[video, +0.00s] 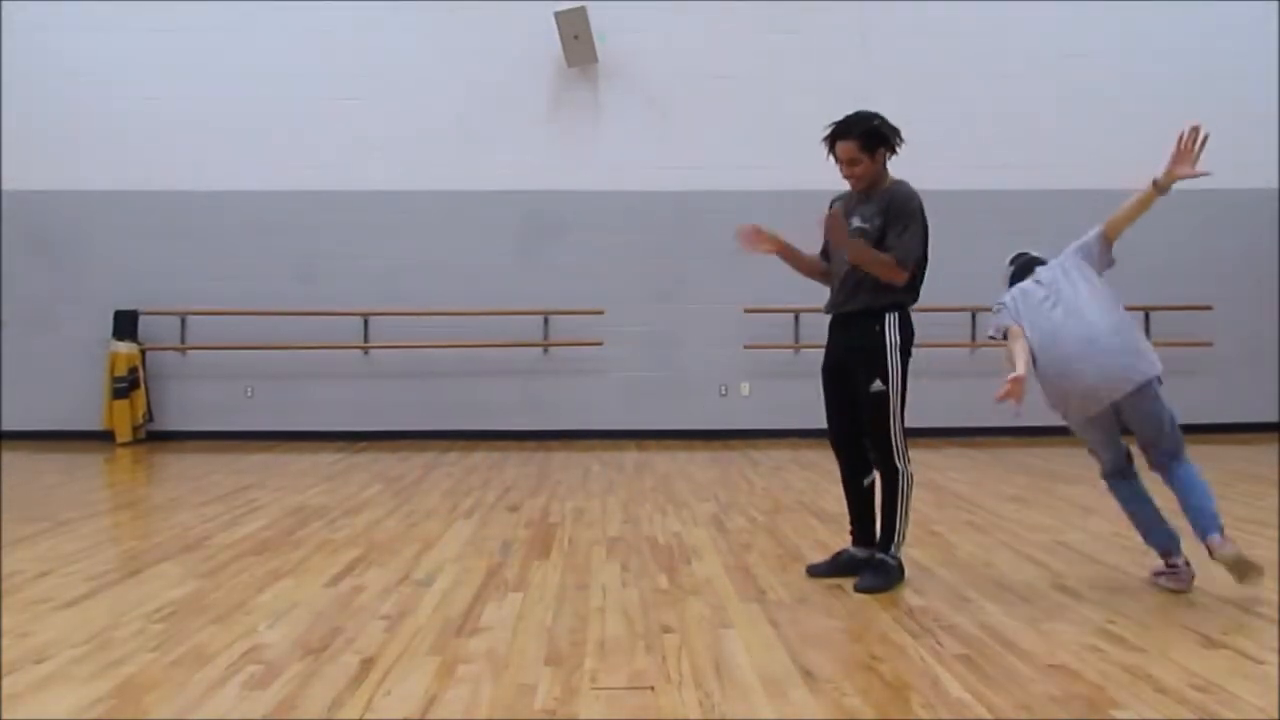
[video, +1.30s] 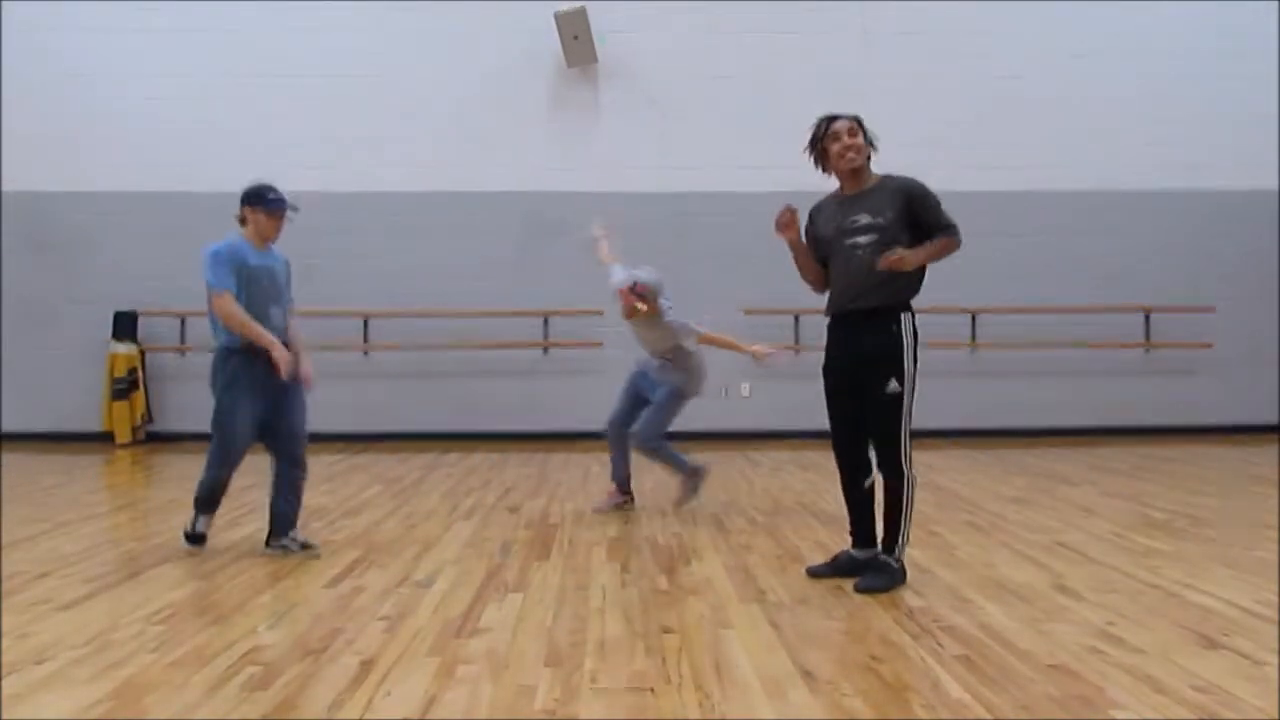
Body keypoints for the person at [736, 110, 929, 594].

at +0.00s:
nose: (846, 172)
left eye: (854, 162)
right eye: (840, 163)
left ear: (881, 155)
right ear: (837, 160)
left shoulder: (904, 201)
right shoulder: (843, 206)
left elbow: (900, 273)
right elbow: (830, 273)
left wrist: (846, 243)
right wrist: (782, 248)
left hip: (883, 329)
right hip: (844, 331)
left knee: (885, 444)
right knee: (848, 442)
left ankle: (889, 555)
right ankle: (862, 546)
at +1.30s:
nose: (848, 143)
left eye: (854, 134)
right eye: (836, 139)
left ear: (867, 144)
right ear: (824, 157)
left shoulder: (904, 192)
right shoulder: (822, 213)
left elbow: (950, 237)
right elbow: (819, 281)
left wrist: (915, 255)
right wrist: (795, 242)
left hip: (890, 329)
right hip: (844, 333)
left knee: (890, 448)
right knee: (849, 447)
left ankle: (892, 557)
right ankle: (862, 548)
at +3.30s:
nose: (841, 145)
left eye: (852, 137)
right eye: (839, 138)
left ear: (880, 150)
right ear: (841, 151)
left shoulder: (897, 196)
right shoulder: (844, 205)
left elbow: (930, 257)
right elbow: (845, 270)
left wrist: (866, 271)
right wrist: (814, 255)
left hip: (879, 329)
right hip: (842, 330)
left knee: (877, 445)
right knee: (841, 444)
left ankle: (893, 557)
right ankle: (859, 550)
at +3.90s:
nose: (858, 151)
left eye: (869, 143)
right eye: (854, 144)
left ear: (897, 149)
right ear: (852, 151)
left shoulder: (917, 197)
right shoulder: (853, 207)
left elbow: (940, 267)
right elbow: (856, 277)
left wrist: (878, 273)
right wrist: (824, 277)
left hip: (908, 332)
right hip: (865, 335)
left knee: (925, 449)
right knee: (852, 447)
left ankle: (961, 571)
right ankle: (860, 555)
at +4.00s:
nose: (873, 150)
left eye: (884, 141)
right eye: (868, 142)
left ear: (912, 147)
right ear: (863, 151)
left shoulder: (931, 193)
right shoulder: (860, 207)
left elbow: (948, 261)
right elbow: (849, 277)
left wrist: (882, 245)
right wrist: (830, 253)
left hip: (921, 333)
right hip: (875, 336)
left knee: (944, 453)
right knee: (858, 450)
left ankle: (979, 572)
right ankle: (861, 555)